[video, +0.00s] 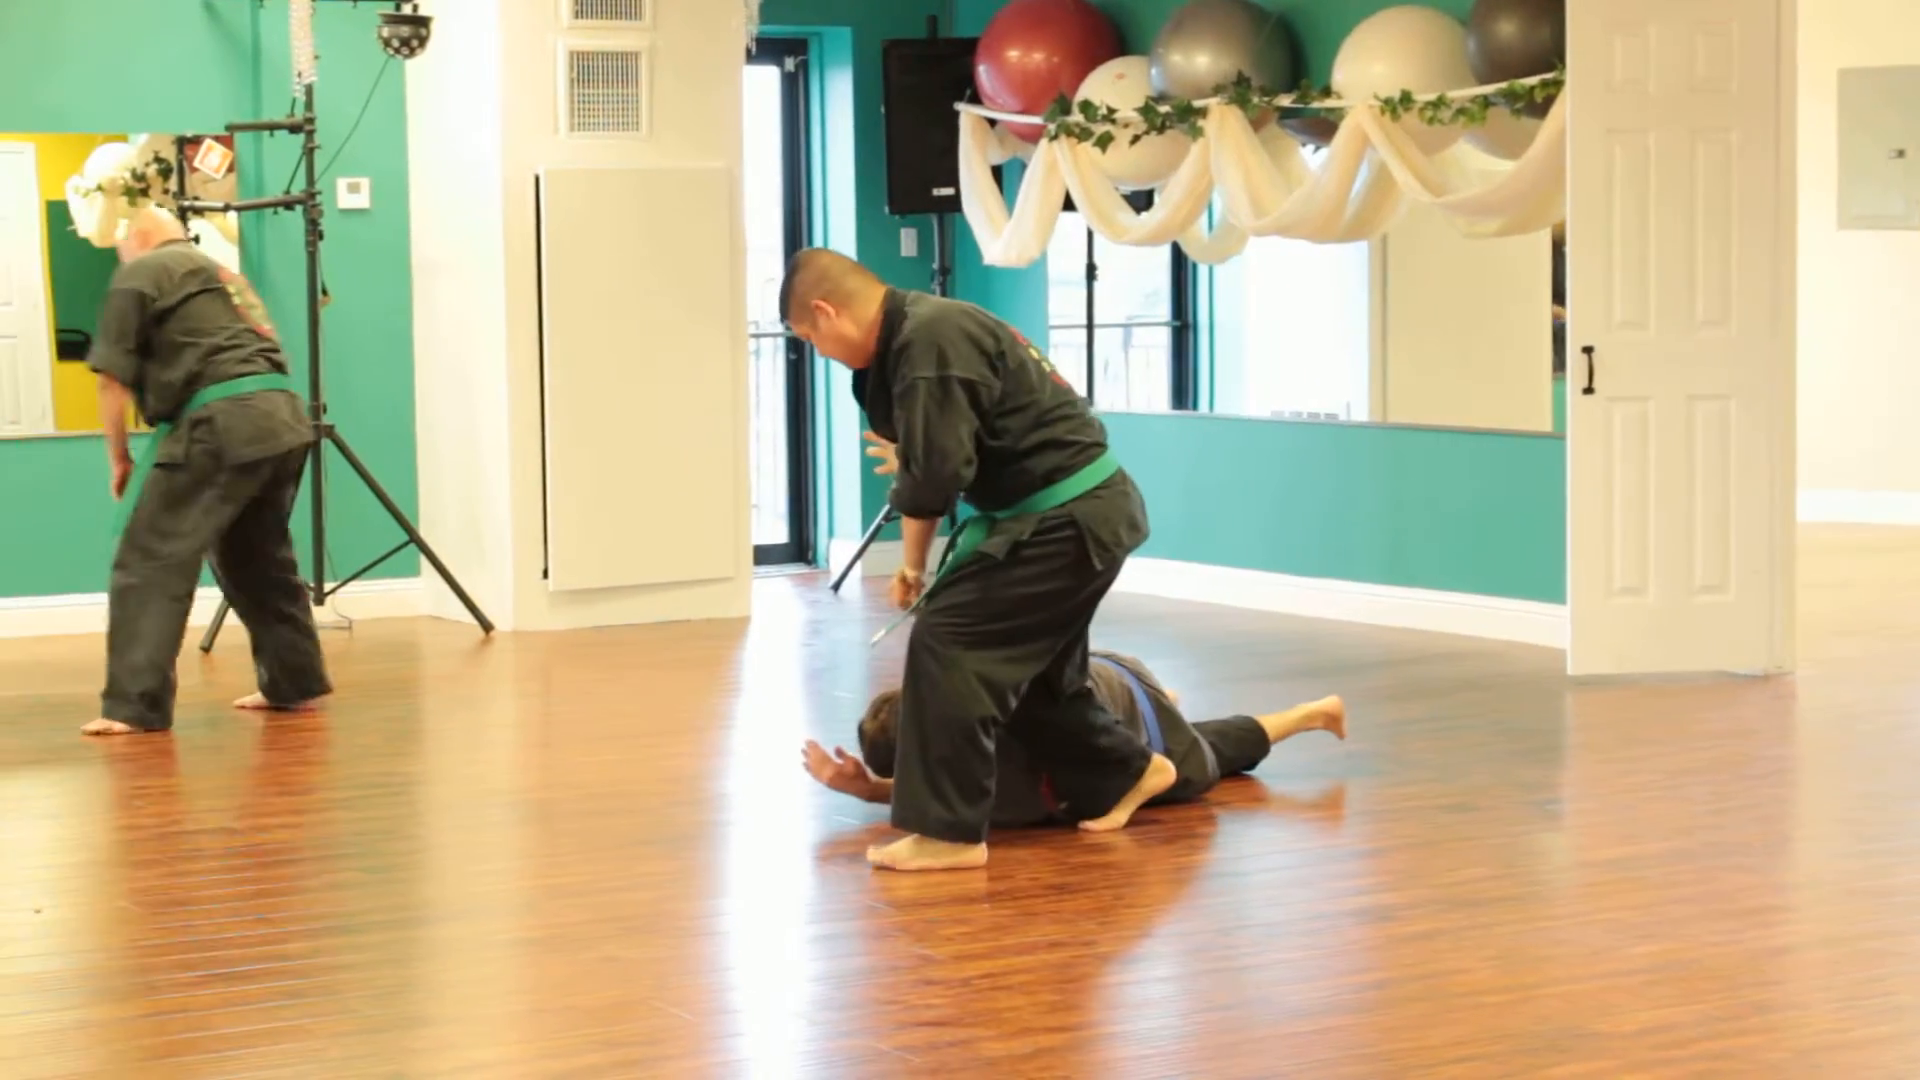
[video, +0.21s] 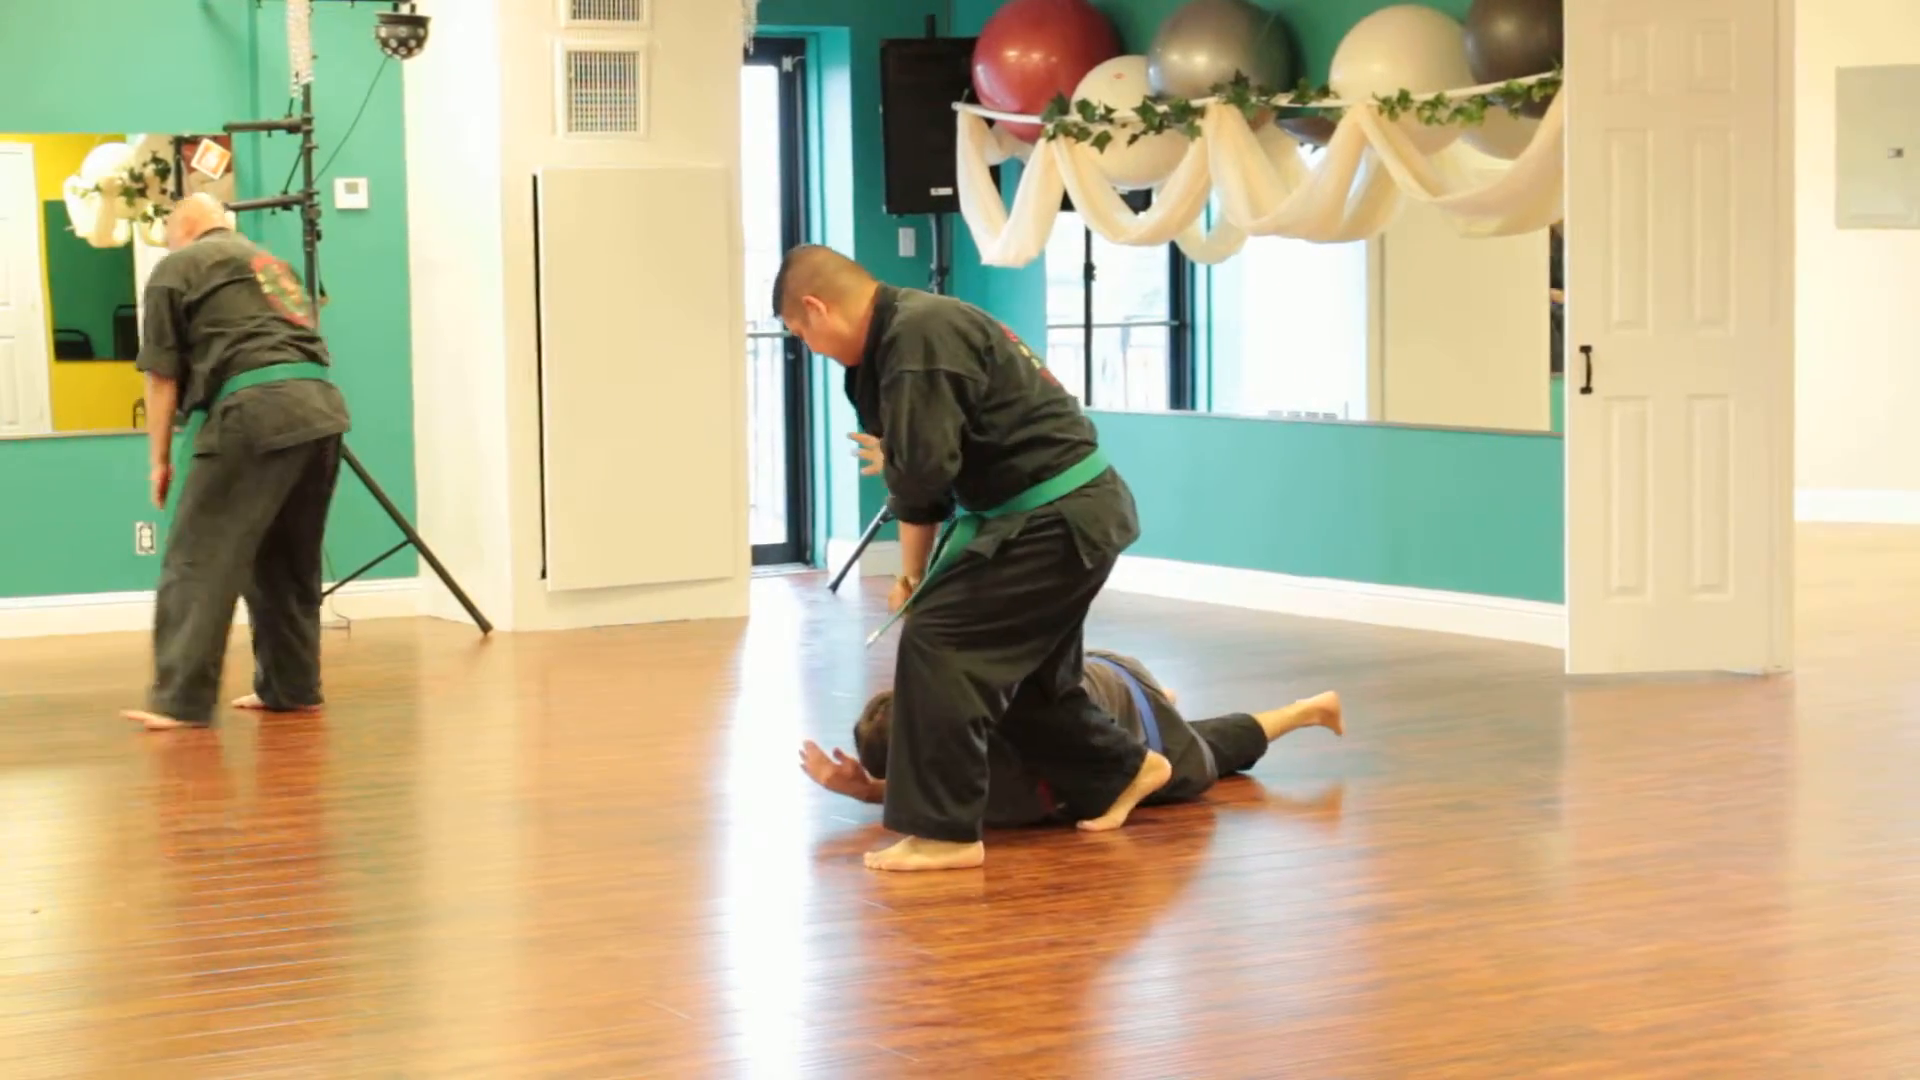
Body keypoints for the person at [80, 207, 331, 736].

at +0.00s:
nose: (122, 258)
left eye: (122, 249)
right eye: (120, 249)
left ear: (137, 238)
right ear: (175, 231)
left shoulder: (140, 274)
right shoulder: (218, 269)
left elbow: (112, 376)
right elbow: (262, 335)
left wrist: (118, 455)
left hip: (223, 423)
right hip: (285, 415)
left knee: (151, 557)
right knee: (254, 551)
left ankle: (136, 706)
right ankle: (295, 684)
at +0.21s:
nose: (169, 245)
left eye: (170, 237)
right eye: (169, 238)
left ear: (186, 231)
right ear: (222, 226)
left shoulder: (175, 269)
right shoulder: (269, 261)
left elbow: (162, 377)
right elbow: (297, 336)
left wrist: (160, 458)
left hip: (256, 414)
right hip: (322, 407)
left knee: (200, 555)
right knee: (288, 557)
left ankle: (182, 701)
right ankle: (291, 689)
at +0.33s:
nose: (186, 234)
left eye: (188, 225)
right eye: (187, 227)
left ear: (204, 219)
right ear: (243, 217)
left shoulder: (193, 261)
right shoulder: (289, 257)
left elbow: (175, 363)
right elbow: (309, 339)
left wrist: (171, 435)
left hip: (267, 412)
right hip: (334, 406)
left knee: (229, 552)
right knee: (302, 553)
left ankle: (258, 692)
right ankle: (298, 684)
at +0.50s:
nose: (202, 223)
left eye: (205, 212)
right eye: (201, 214)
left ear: (228, 206)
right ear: (260, 205)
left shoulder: (216, 253)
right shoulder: (306, 252)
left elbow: (184, 354)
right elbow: (321, 338)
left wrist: (170, 422)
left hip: (283, 411)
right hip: (344, 406)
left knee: (271, 556)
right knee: (304, 554)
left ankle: (340, 683)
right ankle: (279, 686)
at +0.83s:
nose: (224, 197)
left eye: (232, 185)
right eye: (225, 186)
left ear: (268, 189)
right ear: (273, 190)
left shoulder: (284, 244)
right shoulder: (299, 237)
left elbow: (271, 344)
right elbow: (292, 332)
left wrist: (242, 427)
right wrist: (232, 325)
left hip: (312, 418)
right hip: (306, 415)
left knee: (304, 559)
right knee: (278, 556)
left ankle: (352, 695)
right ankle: (285, 686)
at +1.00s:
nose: (228, 186)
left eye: (238, 176)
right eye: (231, 176)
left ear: (274, 181)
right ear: (273, 183)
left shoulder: (298, 236)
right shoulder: (271, 241)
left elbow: (315, 322)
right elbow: (277, 329)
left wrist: (319, 398)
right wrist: (229, 321)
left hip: (307, 415)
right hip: (278, 414)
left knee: (311, 555)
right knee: (267, 554)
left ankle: (356, 696)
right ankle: (286, 686)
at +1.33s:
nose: (193, 196)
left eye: (202, 185)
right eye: (195, 186)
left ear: (241, 190)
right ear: (240, 191)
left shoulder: (271, 248)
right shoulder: (239, 252)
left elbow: (290, 341)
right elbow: (250, 331)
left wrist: (284, 431)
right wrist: (202, 324)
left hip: (283, 422)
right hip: (246, 423)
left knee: (313, 566)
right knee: (230, 566)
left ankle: (364, 700)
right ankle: (194, 694)